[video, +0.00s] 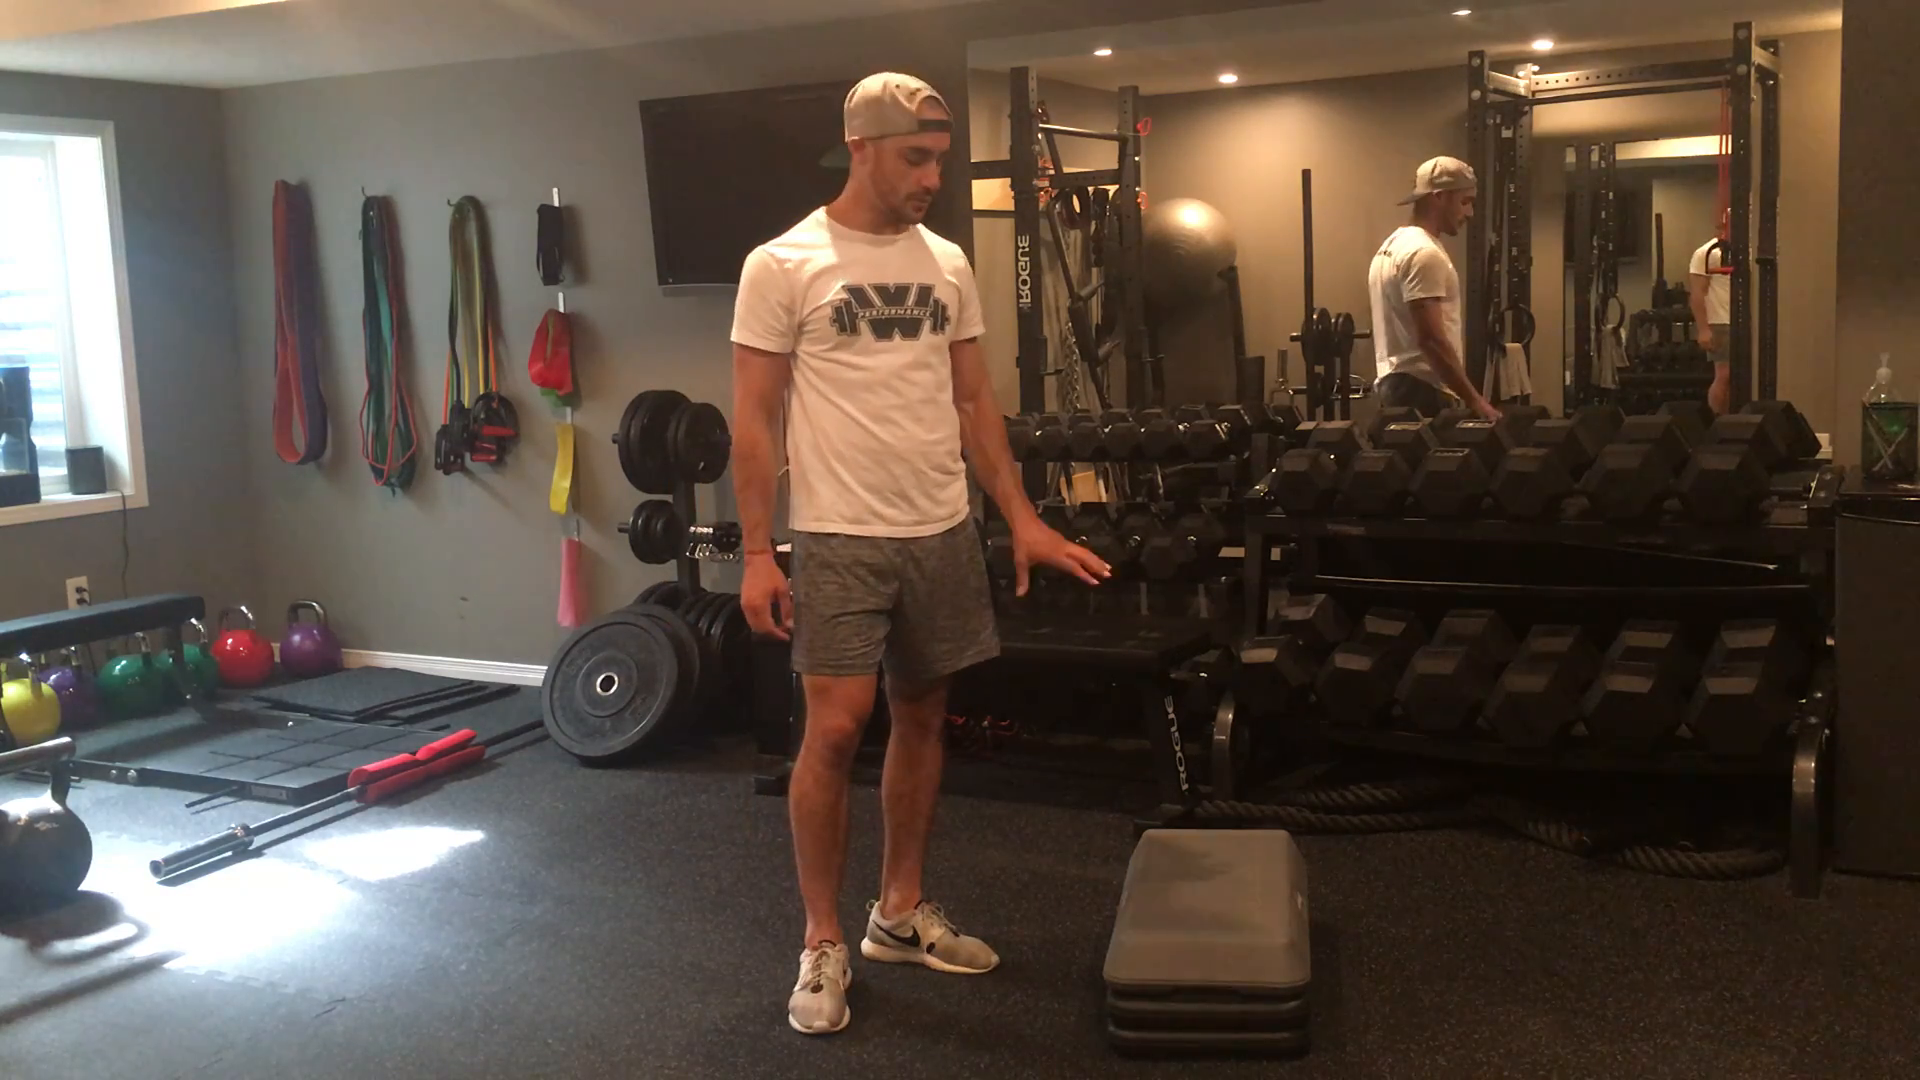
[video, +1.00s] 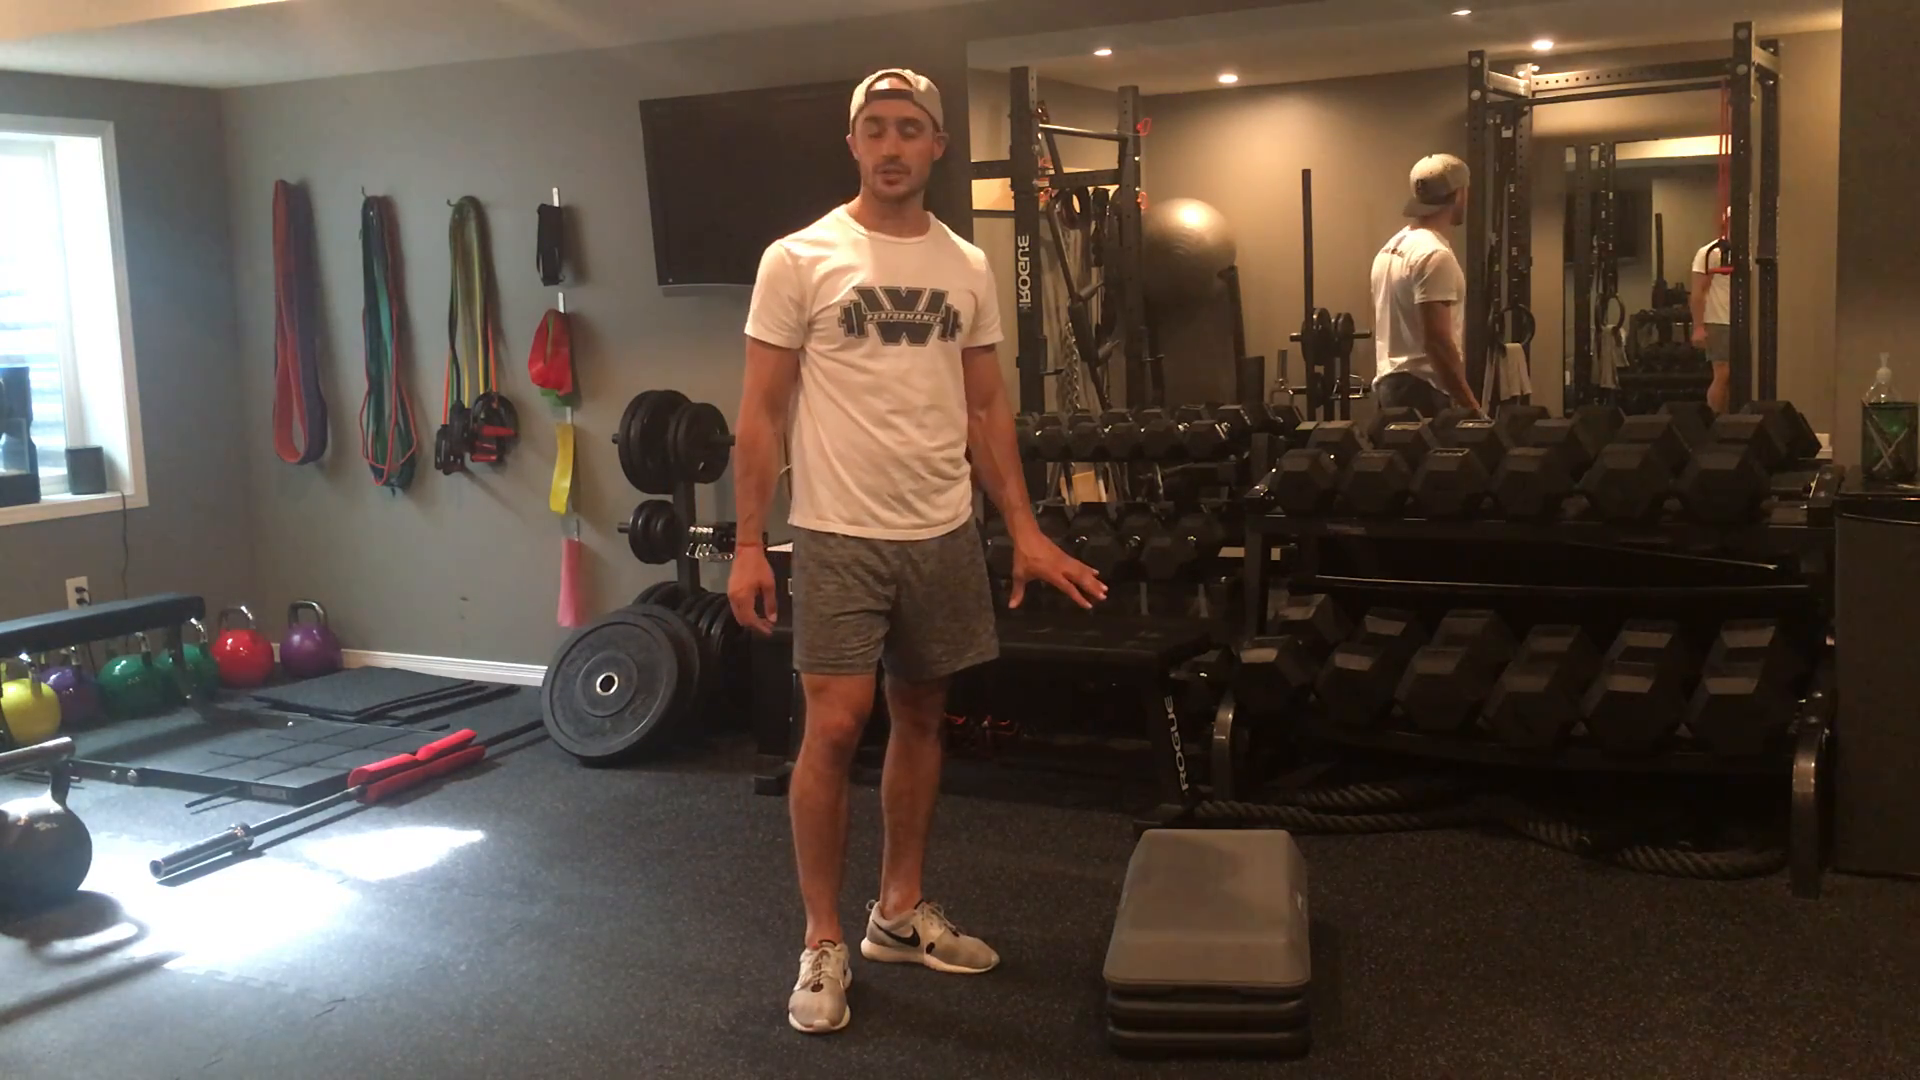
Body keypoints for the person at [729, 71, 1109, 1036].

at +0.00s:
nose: (935, 178)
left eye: (942, 161)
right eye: (920, 159)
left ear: (937, 159)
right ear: (862, 151)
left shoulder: (944, 261)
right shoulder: (783, 264)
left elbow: (975, 404)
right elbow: (755, 419)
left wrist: (1023, 518)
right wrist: (757, 552)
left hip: (939, 535)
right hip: (836, 540)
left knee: (922, 720)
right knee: (835, 730)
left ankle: (901, 910)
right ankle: (823, 944)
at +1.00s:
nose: (892, 145)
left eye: (909, 131)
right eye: (876, 130)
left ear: (937, 148)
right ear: (852, 145)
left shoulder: (967, 268)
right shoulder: (799, 261)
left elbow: (987, 408)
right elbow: (763, 411)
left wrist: (1026, 531)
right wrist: (746, 542)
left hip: (941, 535)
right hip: (837, 535)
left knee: (921, 720)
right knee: (835, 726)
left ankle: (900, 910)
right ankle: (823, 940)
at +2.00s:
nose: (896, 148)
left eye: (910, 131)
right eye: (877, 132)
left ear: (934, 144)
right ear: (848, 146)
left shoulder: (969, 263)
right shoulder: (798, 263)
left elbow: (993, 401)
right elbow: (770, 413)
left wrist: (1027, 522)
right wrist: (759, 546)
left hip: (947, 534)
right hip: (840, 536)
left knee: (924, 720)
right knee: (838, 727)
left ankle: (901, 911)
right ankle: (823, 941)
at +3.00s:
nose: (904, 179)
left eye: (907, 160)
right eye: (891, 159)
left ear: (854, 157)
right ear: (832, 152)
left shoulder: (865, 252)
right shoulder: (749, 266)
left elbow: (879, 395)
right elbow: (711, 432)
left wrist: (936, 503)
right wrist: (746, 572)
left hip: (872, 533)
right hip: (790, 543)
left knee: (900, 708)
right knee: (784, 742)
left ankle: (900, 909)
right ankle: (782, 943)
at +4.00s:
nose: (1153, 74)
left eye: (1149, 56)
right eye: (1136, 55)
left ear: (1081, 74)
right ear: (1078, 71)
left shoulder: (1070, 172)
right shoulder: (1036, 174)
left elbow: (1016, 323)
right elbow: (974, 330)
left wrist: (1102, 375)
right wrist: (1097, 393)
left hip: (1040, 448)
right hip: (1024, 456)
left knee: (1124, 627)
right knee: (1161, 629)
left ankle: (993, 796)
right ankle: (1113, 853)